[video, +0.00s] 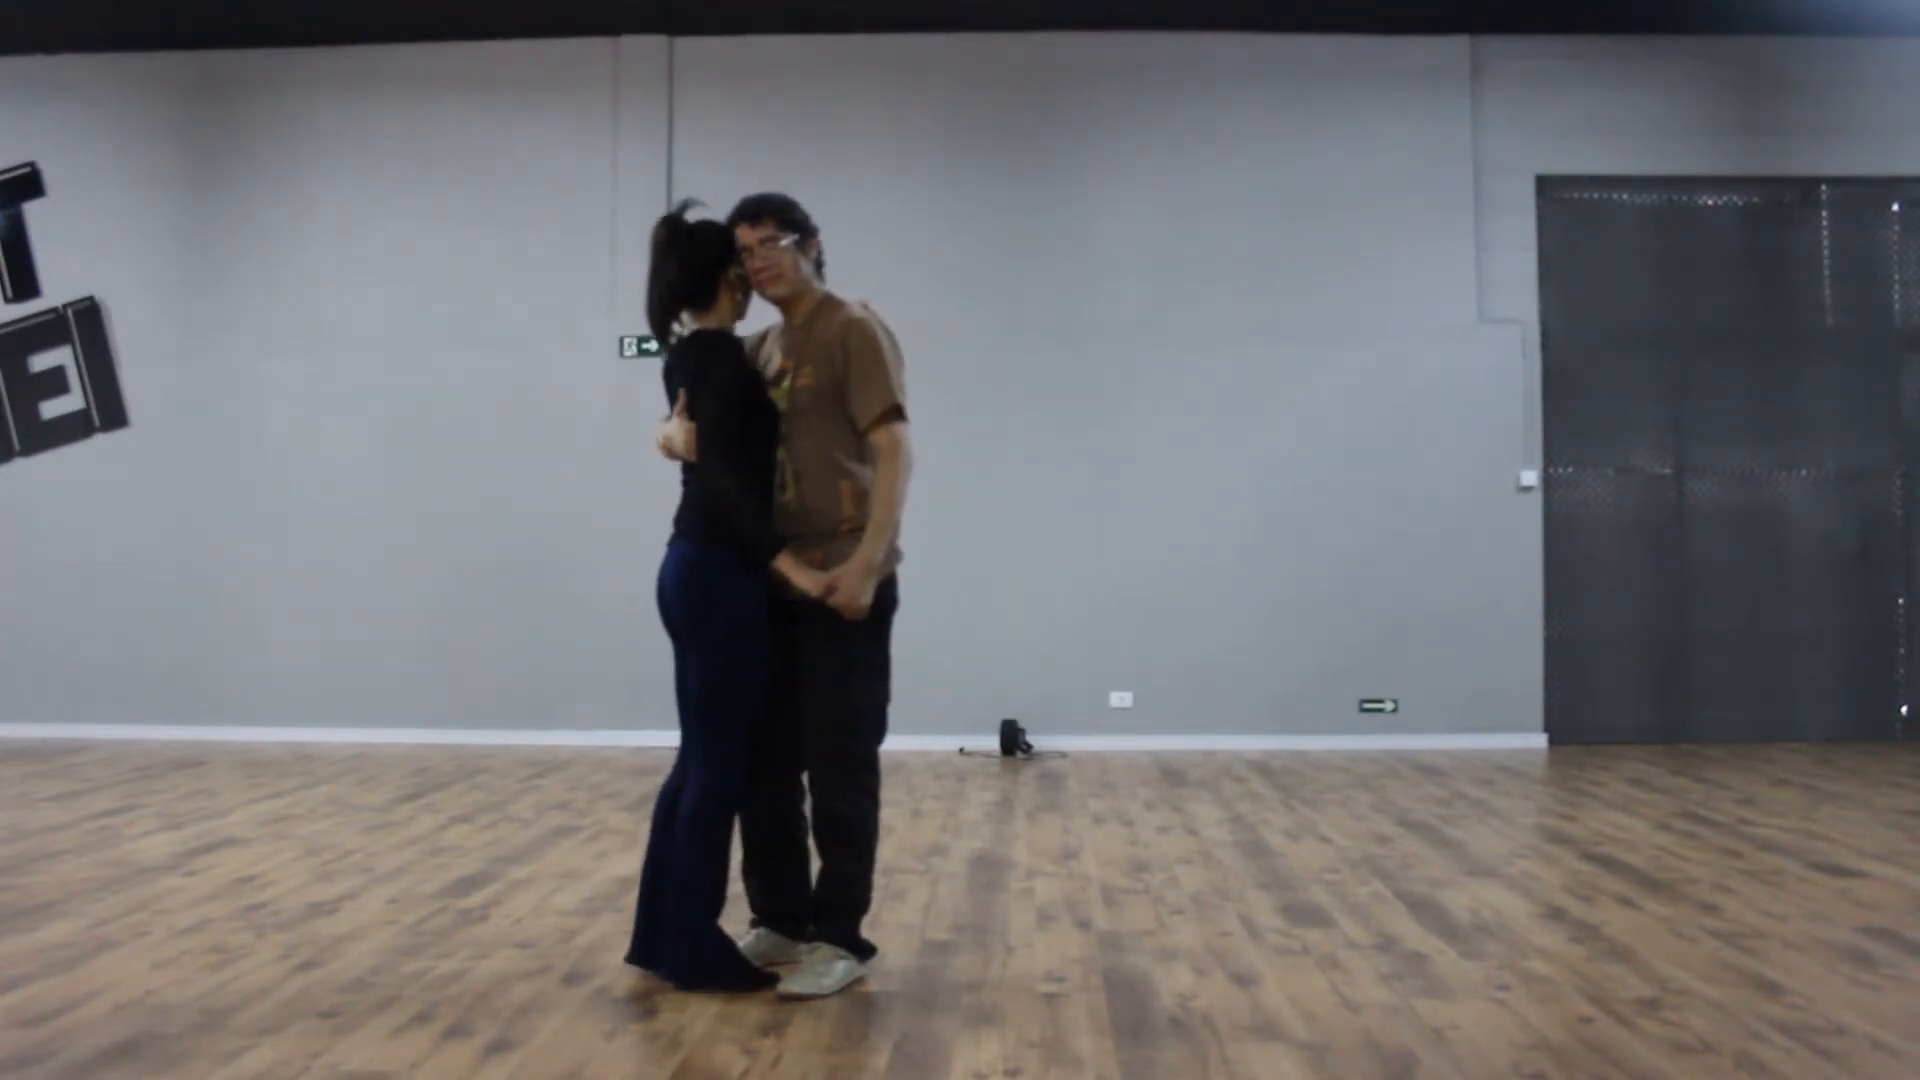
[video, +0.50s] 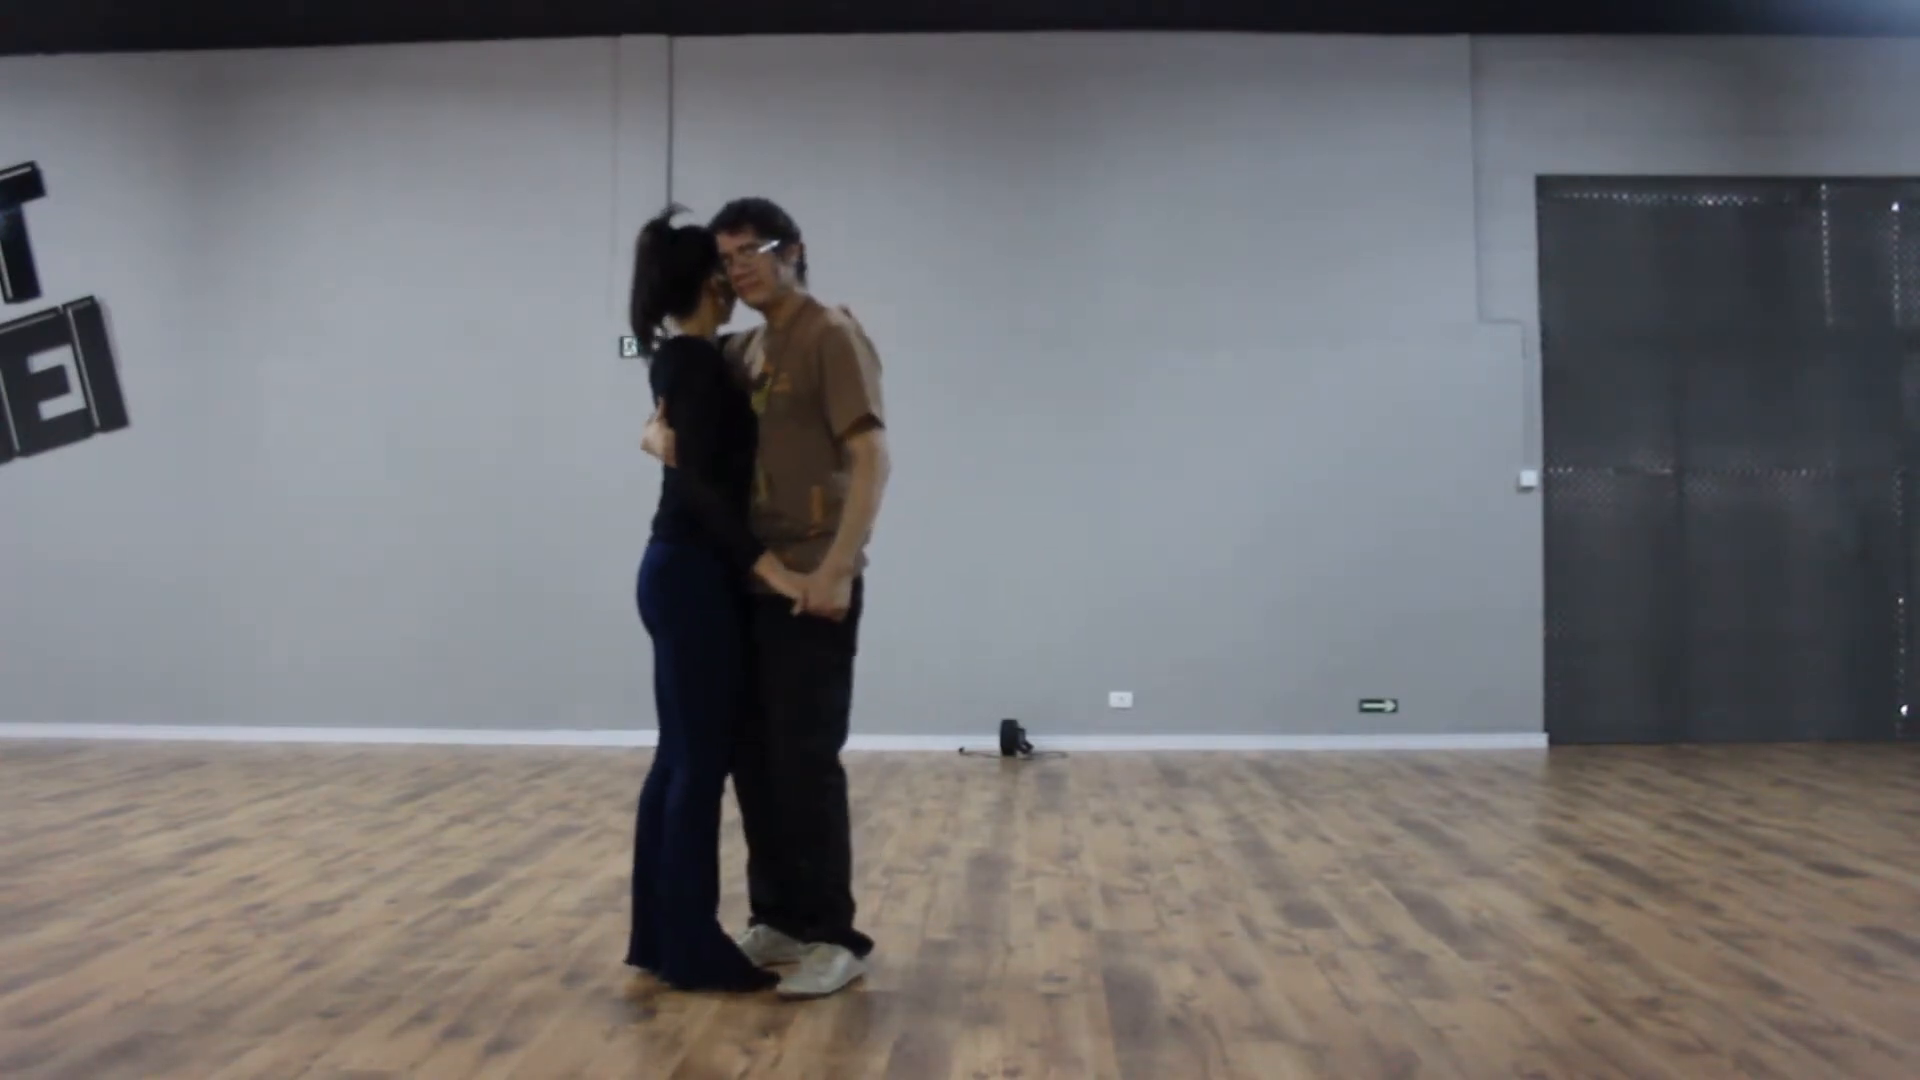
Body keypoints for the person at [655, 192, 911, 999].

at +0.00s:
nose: (759, 263)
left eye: (770, 246)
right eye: (746, 255)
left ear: (808, 247)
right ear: (740, 271)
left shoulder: (854, 329)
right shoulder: (756, 347)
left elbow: (894, 450)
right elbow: (695, 423)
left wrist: (867, 564)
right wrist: (670, 434)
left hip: (849, 573)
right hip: (773, 569)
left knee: (842, 762)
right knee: (766, 753)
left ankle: (840, 939)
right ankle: (780, 922)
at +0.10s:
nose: (757, 265)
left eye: (767, 248)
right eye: (743, 256)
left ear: (806, 248)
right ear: (737, 271)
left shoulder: (849, 328)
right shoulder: (753, 347)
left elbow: (888, 451)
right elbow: (699, 419)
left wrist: (858, 564)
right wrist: (668, 433)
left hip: (843, 573)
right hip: (768, 568)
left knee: (836, 760)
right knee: (763, 753)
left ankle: (840, 939)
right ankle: (780, 922)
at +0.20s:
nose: (749, 266)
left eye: (760, 249)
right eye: (737, 257)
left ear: (799, 249)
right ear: (732, 271)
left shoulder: (842, 328)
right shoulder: (749, 347)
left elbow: (881, 452)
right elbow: (697, 421)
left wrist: (847, 567)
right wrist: (666, 431)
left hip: (832, 573)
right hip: (763, 567)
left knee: (828, 758)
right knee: (760, 754)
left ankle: (838, 939)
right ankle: (779, 923)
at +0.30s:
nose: (745, 267)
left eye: (756, 250)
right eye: (734, 258)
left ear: (795, 250)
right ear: (729, 271)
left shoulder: (837, 328)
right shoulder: (747, 346)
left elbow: (877, 454)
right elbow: (699, 422)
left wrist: (842, 568)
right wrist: (663, 432)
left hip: (826, 574)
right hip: (761, 567)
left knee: (821, 756)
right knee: (760, 753)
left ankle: (835, 940)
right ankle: (779, 924)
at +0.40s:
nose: (740, 269)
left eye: (751, 253)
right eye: (729, 260)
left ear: (791, 252)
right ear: (725, 273)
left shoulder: (833, 330)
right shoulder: (744, 347)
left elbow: (873, 454)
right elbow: (696, 422)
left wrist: (839, 567)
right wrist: (658, 433)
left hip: (819, 573)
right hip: (756, 566)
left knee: (810, 753)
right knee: (755, 752)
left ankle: (834, 939)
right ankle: (779, 924)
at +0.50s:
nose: (738, 271)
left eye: (749, 254)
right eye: (727, 262)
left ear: (788, 254)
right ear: (722, 274)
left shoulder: (830, 332)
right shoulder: (739, 349)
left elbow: (871, 456)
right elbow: (691, 423)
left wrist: (837, 568)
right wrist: (656, 435)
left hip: (816, 573)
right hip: (752, 567)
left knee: (805, 754)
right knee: (754, 754)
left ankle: (834, 939)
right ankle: (779, 923)